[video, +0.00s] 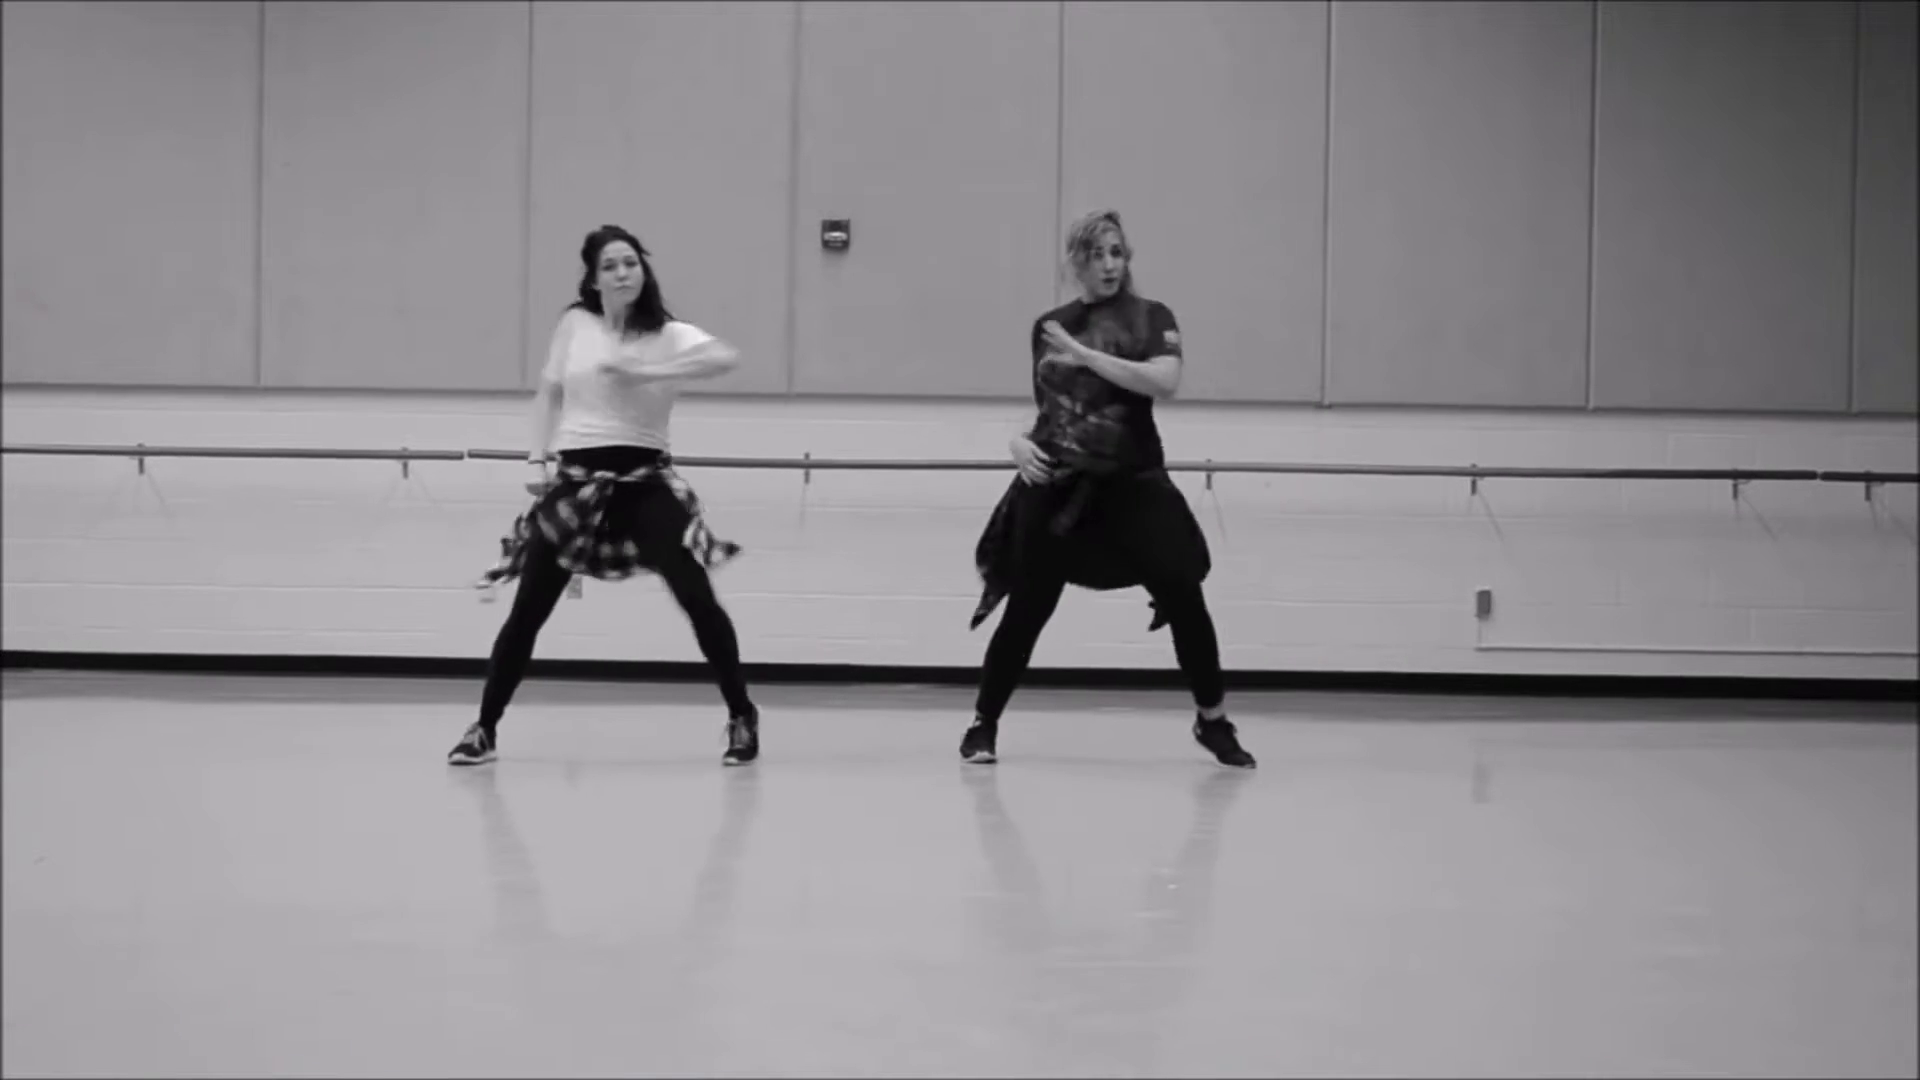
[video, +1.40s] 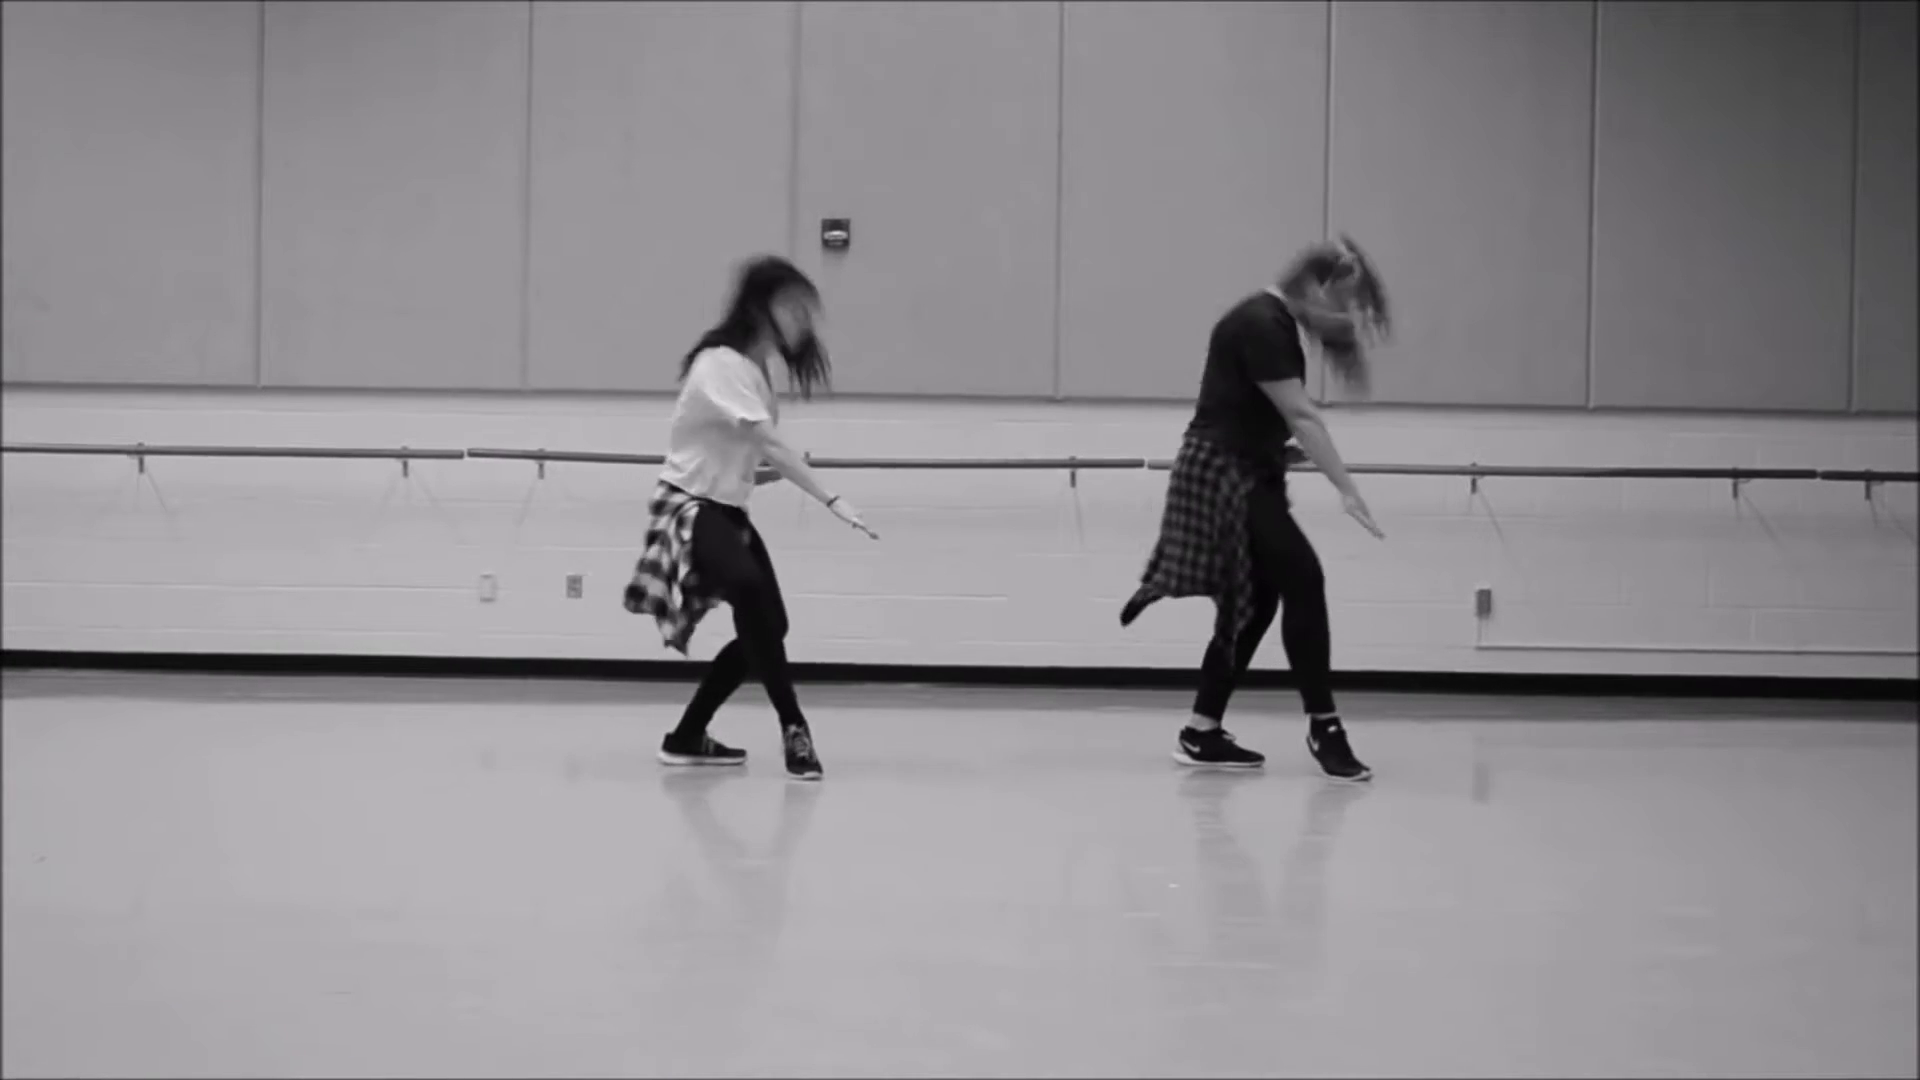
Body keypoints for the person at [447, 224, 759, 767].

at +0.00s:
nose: (623, 273)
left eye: (630, 263)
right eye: (610, 266)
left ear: (645, 270)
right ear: (593, 276)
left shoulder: (667, 331)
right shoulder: (573, 326)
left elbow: (725, 358)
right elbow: (548, 396)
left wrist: (646, 372)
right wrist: (538, 460)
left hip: (644, 484)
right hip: (573, 483)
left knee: (698, 601)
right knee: (528, 613)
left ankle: (742, 717)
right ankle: (484, 727)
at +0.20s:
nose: (624, 273)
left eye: (632, 263)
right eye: (611, 265)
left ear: (645, 271)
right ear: (592, 275)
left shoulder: (656, 331)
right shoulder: (569, 319)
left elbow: (712, 409)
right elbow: (530, 397)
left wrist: (693, 374)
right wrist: (549, 470)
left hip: (653, 482)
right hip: (583, 485)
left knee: (720, 583)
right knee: (539, 616)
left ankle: (738, 720)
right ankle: (485, 727)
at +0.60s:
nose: (675, 282)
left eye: (683, 273)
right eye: (662, 273)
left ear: (695, 283)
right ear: (639, 283)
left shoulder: (698, 350)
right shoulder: (622, 346)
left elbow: (720, 415)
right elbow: (589, 431)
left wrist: (731, 458)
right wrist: (637, 489)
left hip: (691, 501)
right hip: (630, 499)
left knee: (740, 605)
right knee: (572, 613)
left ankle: (688, 731)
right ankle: (492, 721)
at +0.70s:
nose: (718, 298)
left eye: (726, 288)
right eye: (705, 287)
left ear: (733, 297)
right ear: (678, 294)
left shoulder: (720, 361)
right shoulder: (656, 357)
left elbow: (715, 429)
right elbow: (638, 447)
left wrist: (733, 464)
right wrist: (689, 503)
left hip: (698, 501)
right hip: (645, 501)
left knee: (742, 607)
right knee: (616, 615)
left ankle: (688, 731)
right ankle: (549, 726)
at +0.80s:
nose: (754, 324)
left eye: (761, 314)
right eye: (742, 311)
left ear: (766, 322)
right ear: (711, 313)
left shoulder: (738, 378)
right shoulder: (681, 373)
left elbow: (703, 441)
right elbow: (682, 465)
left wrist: (722, 469)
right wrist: (743, 518)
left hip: (703, 501)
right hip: (651, 497)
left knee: (742, 607)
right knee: (666, 596)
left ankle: (689, 731)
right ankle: (636, 731)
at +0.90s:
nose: (781, 353)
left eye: (788, 342)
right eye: (769, 339)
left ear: (793, 347)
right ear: (740, 342)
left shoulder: (756, 399)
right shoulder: (705, 397)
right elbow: (723, 489)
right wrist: (797, 536)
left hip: (700, 502)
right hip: (650, 498)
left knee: (744, 607)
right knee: (701, 591)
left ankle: (688, 731)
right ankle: (712, 710)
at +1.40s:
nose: (805, 323)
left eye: (808, 313)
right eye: (797, 311)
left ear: (781, 315)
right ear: (766, 307)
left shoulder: (765, 371)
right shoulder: (719, 365)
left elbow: (733, 472)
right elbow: (766, 447)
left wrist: (777, 466)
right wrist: (828, 498)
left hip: (730, 514)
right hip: (693, 510)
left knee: (764, 631)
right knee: (756, 608)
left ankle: (688, 733)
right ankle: (794, 728)